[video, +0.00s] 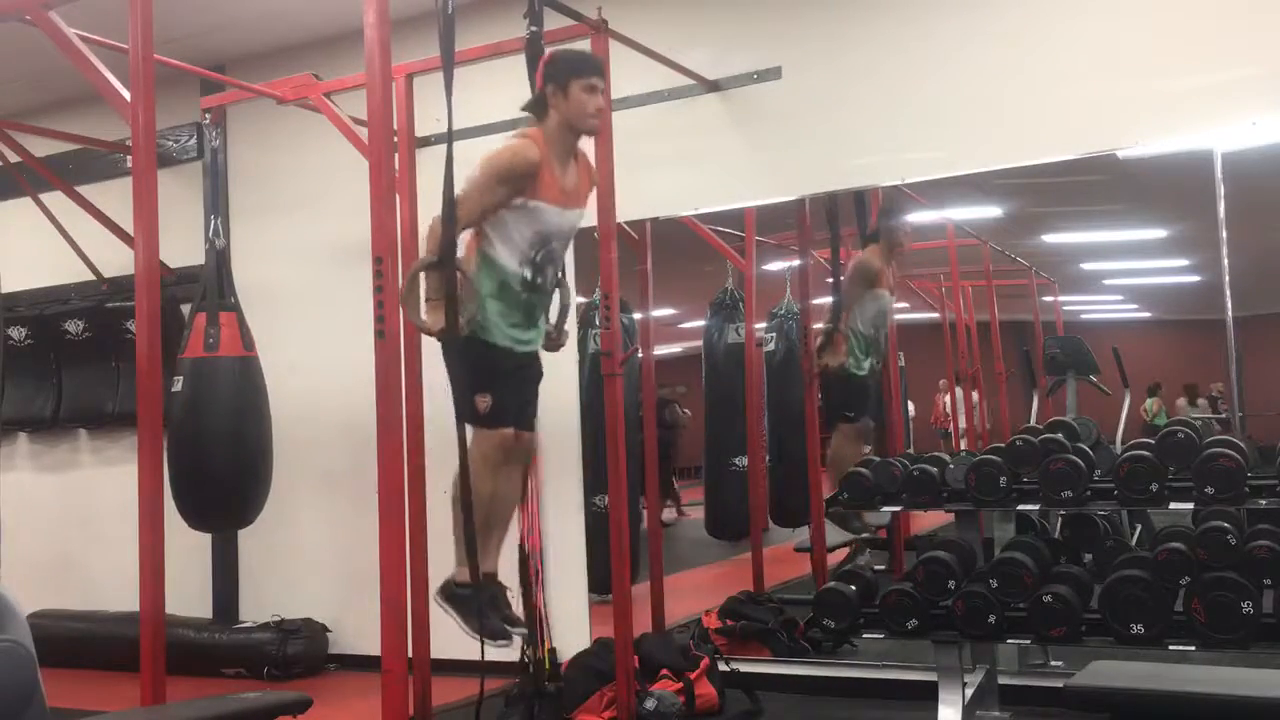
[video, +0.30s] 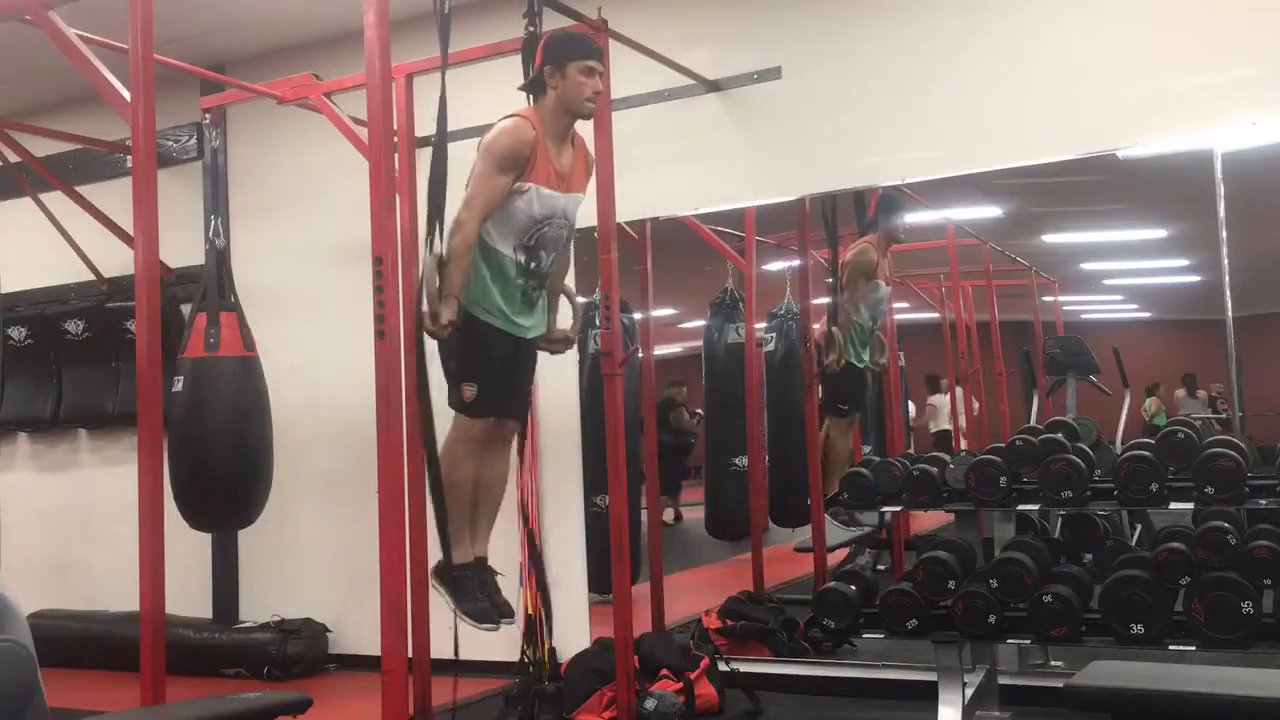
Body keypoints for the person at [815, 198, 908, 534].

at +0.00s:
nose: (903, 245)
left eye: (903, 239)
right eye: (900, 239)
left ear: (887, 238)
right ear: (888, 237)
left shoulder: (883, 267)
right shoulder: (868, 264)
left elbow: (875, 316)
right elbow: (848, 308)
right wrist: (838, 345)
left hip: (865, 360)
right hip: (852, 361)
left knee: (858, 432)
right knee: (851, 431)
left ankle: (846, 500)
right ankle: (841, 502)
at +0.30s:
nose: (906, 226)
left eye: (906, 219)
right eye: (900, 219)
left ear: (891, 221)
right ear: (884, 219)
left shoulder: (881, 256)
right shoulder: (864, 254)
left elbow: (867, 312)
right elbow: (846, 307)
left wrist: (879, 347)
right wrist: (837, 351)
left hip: (857, 356)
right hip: (846, 356)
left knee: (835, 425)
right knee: (843, 425)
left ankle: (830, 492)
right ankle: (834, 497)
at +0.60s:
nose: (901, 225)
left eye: (902, 218)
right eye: (896, 218)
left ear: (888, 218)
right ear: (880, 218)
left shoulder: (882, 255)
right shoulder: (861, 253)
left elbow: (876, 309)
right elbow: (848, 304)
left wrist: (876, 350)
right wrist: (840, 350)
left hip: (860, 352)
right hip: (839, 352)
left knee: (845, 421)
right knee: (833, 421)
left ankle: (835, 484)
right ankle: (827, 486)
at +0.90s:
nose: (899, 226)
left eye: (899, 218)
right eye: (894, 219)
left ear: (881, 221)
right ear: (877, 221)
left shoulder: (878, 257)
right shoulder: (857, 256)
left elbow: (872, 312)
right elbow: (841, 310)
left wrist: (873, 354)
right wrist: (829, 350)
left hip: (861, 357)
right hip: (840, 357)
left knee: (852, 428)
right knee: (830, 427)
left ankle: (846, 493)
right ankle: (824, 494)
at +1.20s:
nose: (907, 262)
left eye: (907, 255)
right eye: (904, 254)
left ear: (890, 255)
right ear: (890, 254)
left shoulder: (878, 287)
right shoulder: (861, 282)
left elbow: (861, 329)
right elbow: (824, 316)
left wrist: (869, 357)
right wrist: (826, 360)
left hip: (857, 375)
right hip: (842, 377)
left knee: (847, 449)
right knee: (843, 449)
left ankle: (846, 519)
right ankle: (843, 521)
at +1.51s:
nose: (916, 309)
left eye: (916, 303)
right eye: (913, 302)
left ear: (899, 302)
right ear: (896, 302)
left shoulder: (885, 329)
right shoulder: (870, 321)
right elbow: (827, 319)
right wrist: (831, 362)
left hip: (859, 409)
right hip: (839, 411)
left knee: (865, 480)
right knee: (852, 481)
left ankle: (871, 551)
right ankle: (859, 553)